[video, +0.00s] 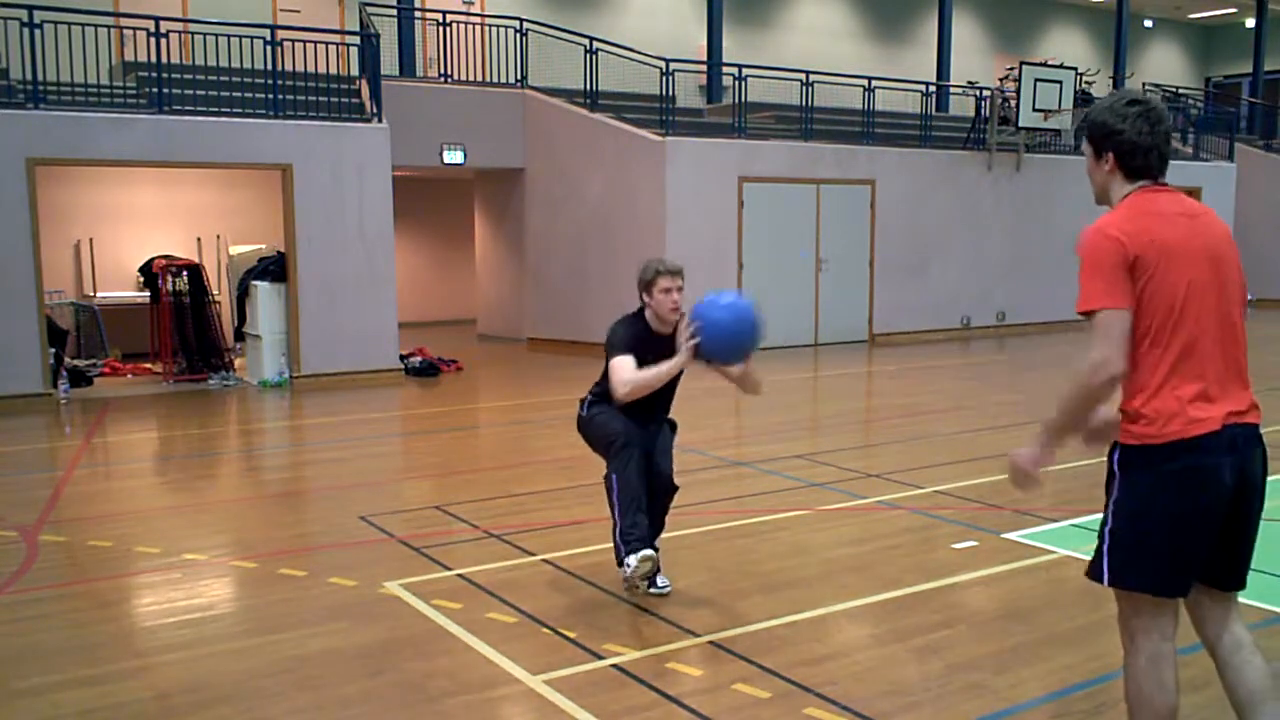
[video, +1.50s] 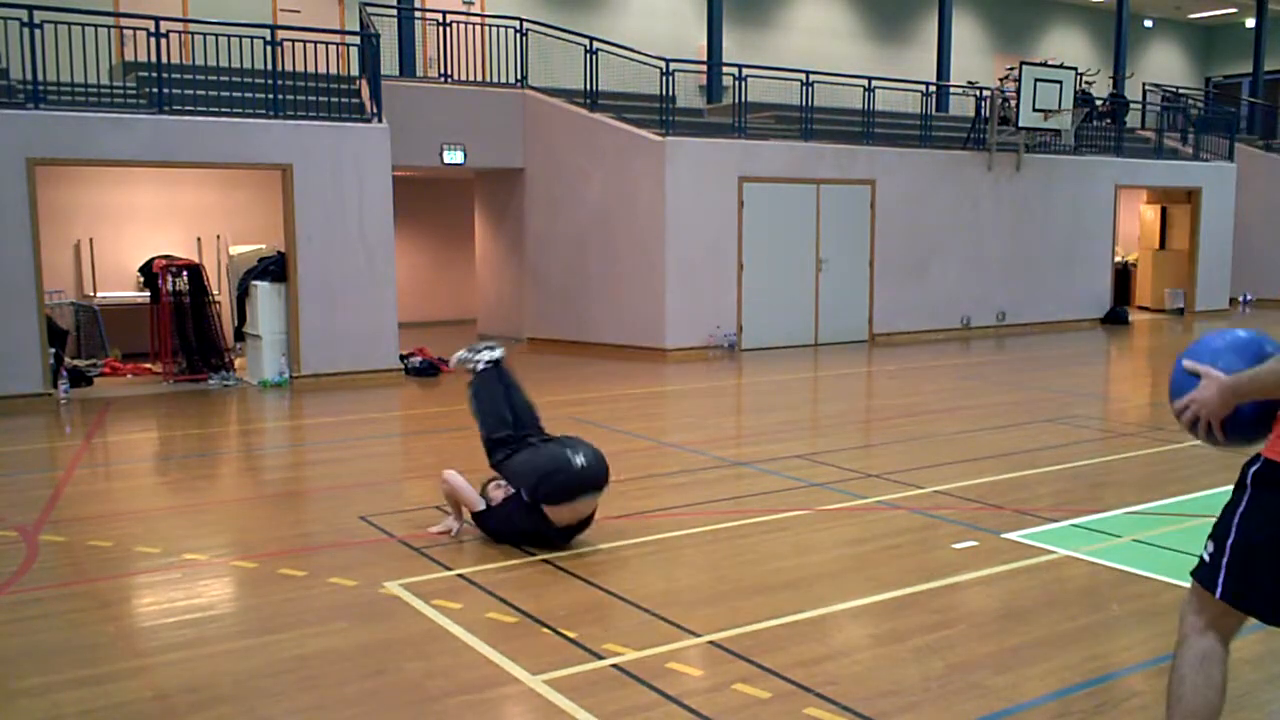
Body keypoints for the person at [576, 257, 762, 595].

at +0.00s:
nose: (676, 298)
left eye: (679, 290)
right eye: (666, 292)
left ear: (684, 293)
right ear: (646, 298)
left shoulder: (688, 331)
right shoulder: (625, 331)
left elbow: (751, 386)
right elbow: (622, 389)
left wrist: (739, 361)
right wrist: (679, 359)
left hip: (653, 420)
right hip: (607, 413)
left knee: (661, 483)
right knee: (627, 444)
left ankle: (645, 561)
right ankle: (634, 555)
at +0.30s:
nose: (668, 287)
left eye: (671, 280)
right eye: (658, 281)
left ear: (676, 283)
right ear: (638, 287)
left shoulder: (684, 321)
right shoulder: (620, 324)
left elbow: (736, 345)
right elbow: (610, 372)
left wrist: (743, 338)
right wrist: (668, 339)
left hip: (651, 420)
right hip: (604, 414)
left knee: (662, 482)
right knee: (633, 456)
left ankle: (642, 560)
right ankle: (640, 563)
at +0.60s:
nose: (650, 337)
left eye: (654, 330)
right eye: (642, 329)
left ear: (661, 335)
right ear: (624, 332)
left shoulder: (666, 367)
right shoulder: (605, 368)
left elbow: (728, 357)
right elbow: (602, 372)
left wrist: (747, 325)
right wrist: (655, 327)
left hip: (637, 464)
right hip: (588, 467)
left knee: (662, 473)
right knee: (631, 465)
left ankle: (640, 562)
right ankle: (648, 570)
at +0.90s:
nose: (588, 417)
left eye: (592, 409)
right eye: (580, 411)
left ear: (598, 410)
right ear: (564, 414)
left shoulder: (613, 450)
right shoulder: (555, 455)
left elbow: (675, 448)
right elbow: (543, 466)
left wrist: (665, 401)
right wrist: (569, 406)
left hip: (624, 545)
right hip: (582, 553)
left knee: (629, 461)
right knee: (597, 474)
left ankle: (639, 561)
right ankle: (654, 519)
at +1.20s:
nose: (518, 470)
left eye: (517, 467)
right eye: (509, 469)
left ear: (526, 471)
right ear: (496, 487)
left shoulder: (545, 485)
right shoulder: (502, 518)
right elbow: (478, 497)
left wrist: (561, 465)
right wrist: (463, 480)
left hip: (604, 519)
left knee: (577, 436)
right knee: (530, 445)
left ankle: (612, 370)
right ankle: (557, 364)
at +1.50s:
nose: (506, 485)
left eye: (505, 482)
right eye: (496, 487)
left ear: (514, 484)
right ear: (488, 501)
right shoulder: (492, 519)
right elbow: (448, 477)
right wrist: (456, 517)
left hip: (595, 468)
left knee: (532, 439)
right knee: (502, 454)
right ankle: (484, 369)